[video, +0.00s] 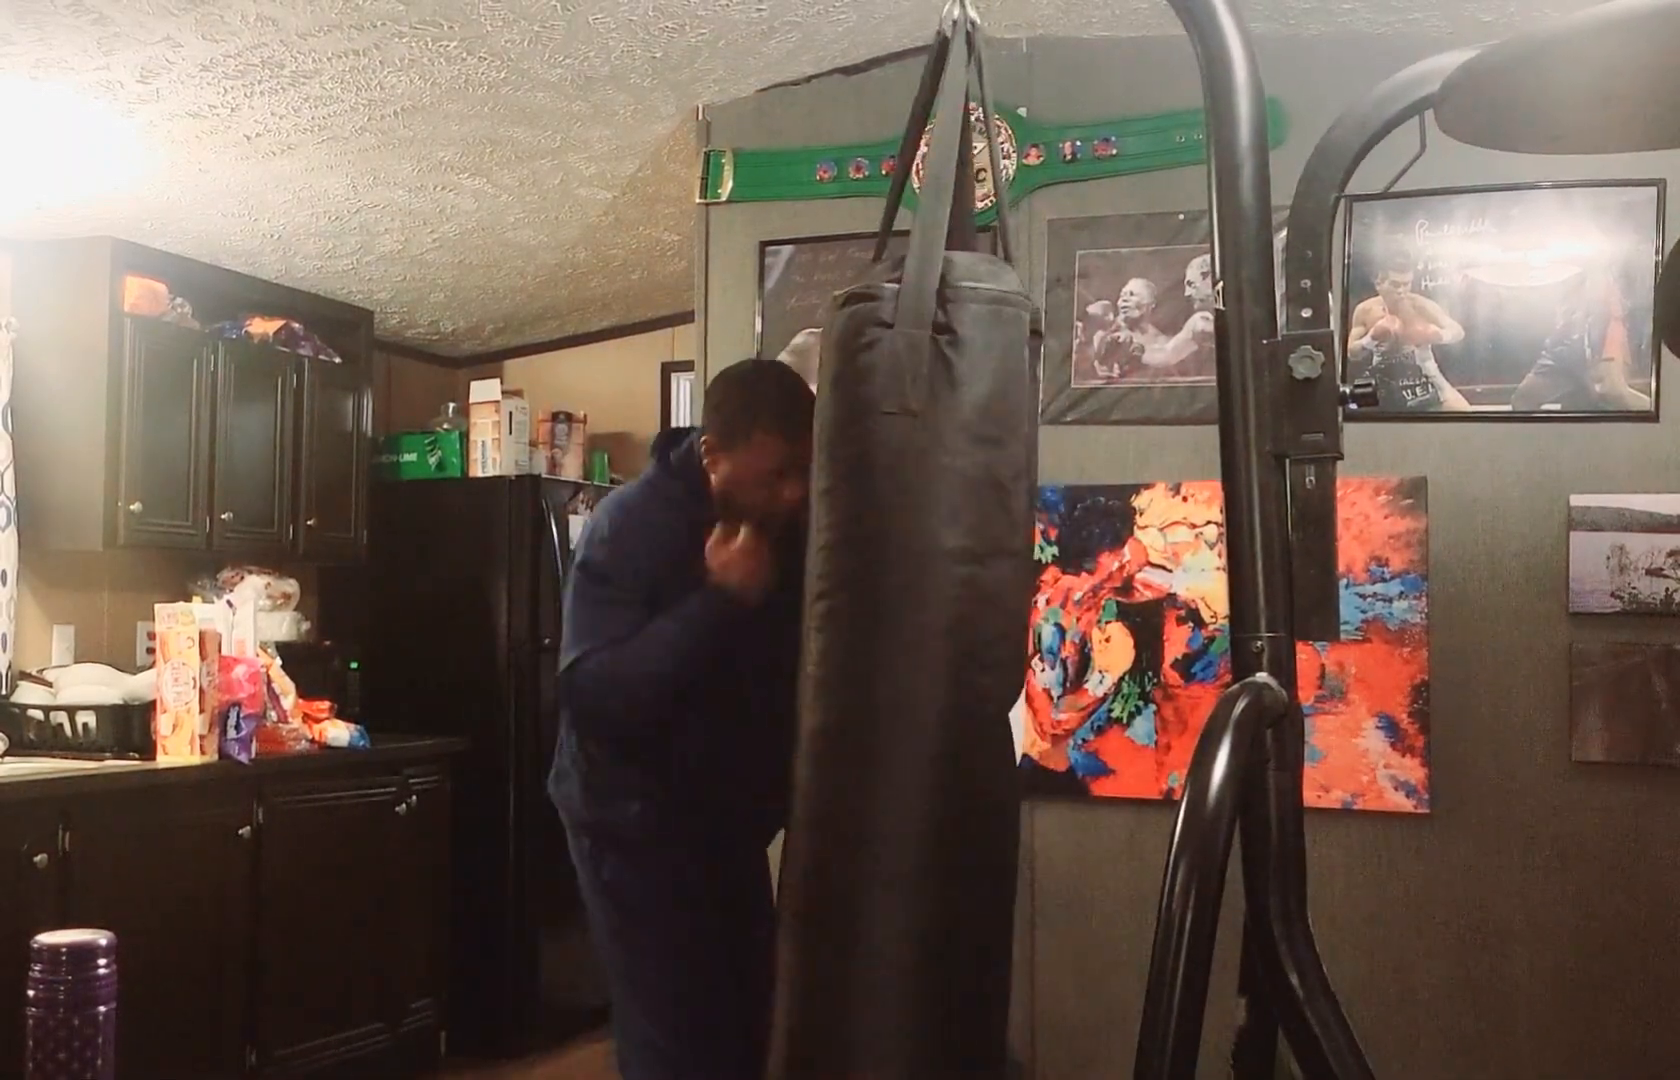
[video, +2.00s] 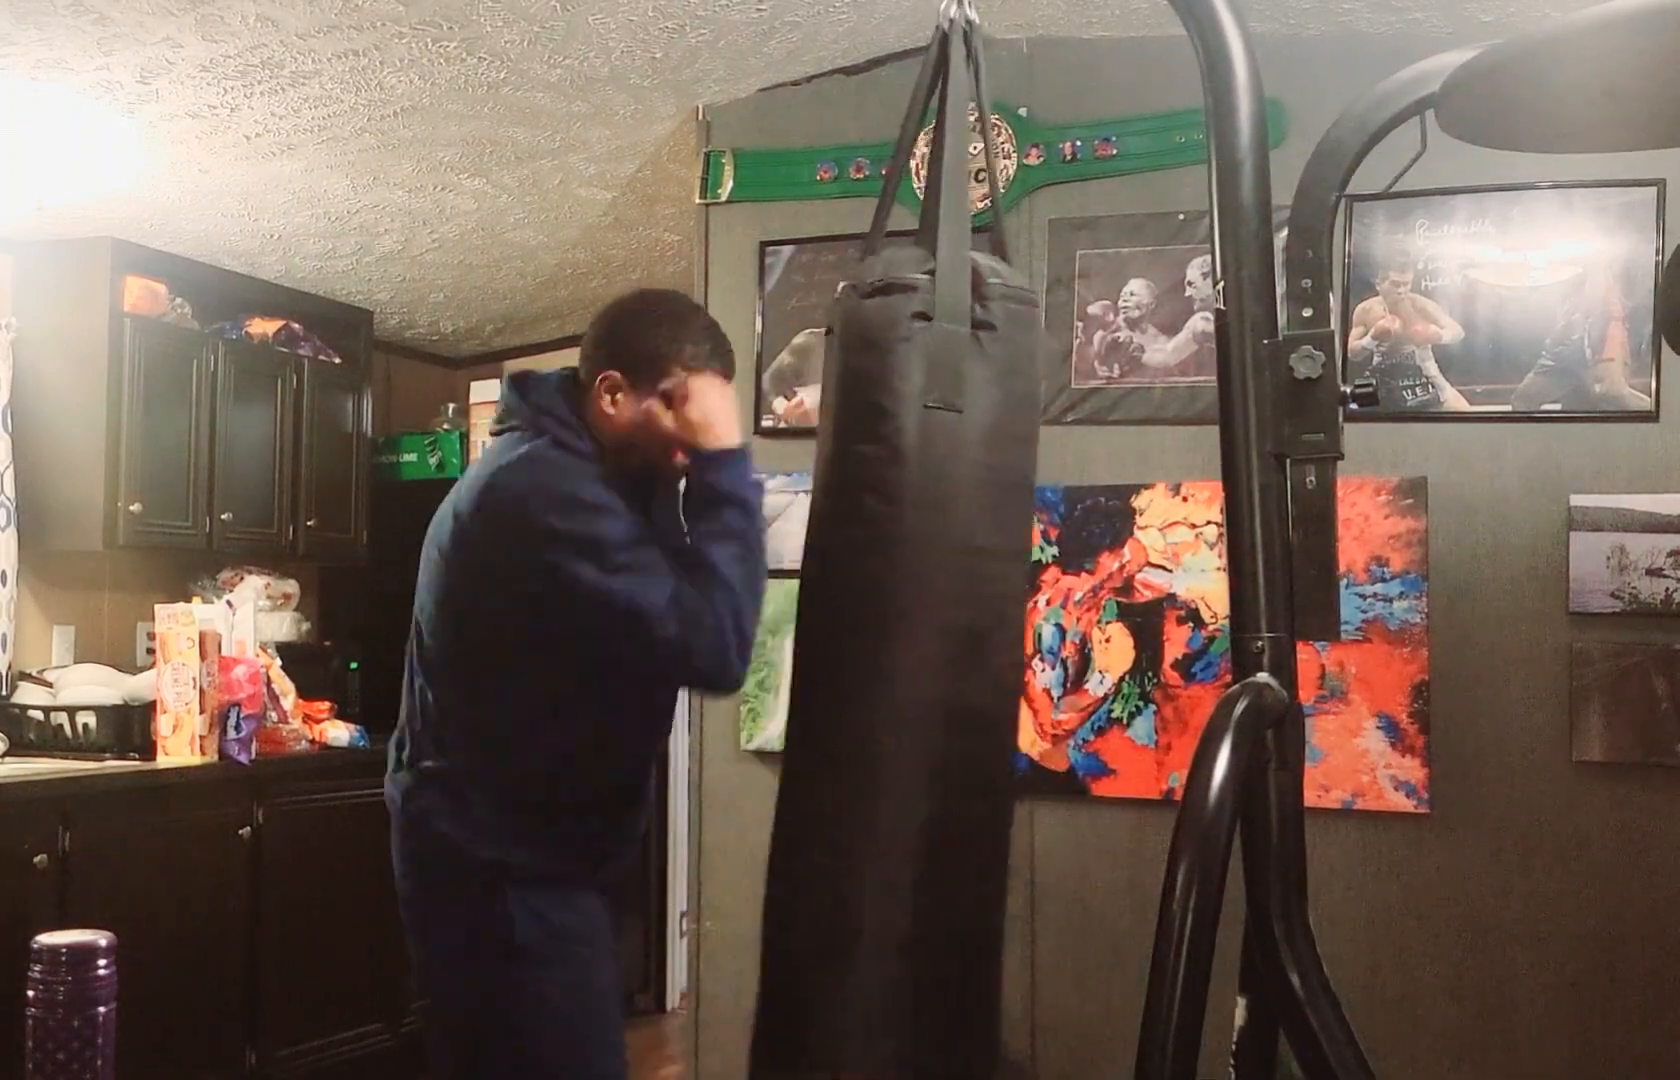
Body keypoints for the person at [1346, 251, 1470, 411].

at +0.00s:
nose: (1402, 291)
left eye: (1406, 285)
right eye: (1395, 285)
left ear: (1411, 282)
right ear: (1379, 283)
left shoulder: (1422, 305)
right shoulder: (1365, 310)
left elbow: (1457, 331)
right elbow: (1352, 353)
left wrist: (1435, 335)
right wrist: (1373, 338)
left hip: (1428, 381)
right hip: (1386, 384)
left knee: (1466, 415)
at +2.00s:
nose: (1402, 291)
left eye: (1406, 285)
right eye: (1395, 285)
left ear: (1411, 283)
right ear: (1379, 284)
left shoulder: (1421, 305)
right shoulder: (1365, 311)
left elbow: (1457, 331)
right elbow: (1352, 354)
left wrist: (1436, 335)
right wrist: (1374, 337)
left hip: (1428, 382)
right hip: (1385, 386)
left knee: (1468, 418)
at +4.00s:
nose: (1401, 291)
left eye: (1406, 285)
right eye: (1395, 285)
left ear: (1411, 284)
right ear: (1379, 284)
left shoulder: (1421, 306)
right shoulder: (1365, 311)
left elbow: (1457, 332)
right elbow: (1352, 354)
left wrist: (1435, 336)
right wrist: (1373, 338)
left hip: (1429, 384)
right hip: (1386, 388)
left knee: (1468, 420)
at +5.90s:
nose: (1400, 292)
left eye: (1405, 286)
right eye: (1394, 285)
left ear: (1411, 284)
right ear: (1378, 284)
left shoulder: (1421, 306)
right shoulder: (1364, 312)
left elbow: (1457, 332)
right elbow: (1351, 354)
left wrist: (1436, 337)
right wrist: (1373, 338)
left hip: (1426, 383)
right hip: (1382, 386)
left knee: (1467, 419)